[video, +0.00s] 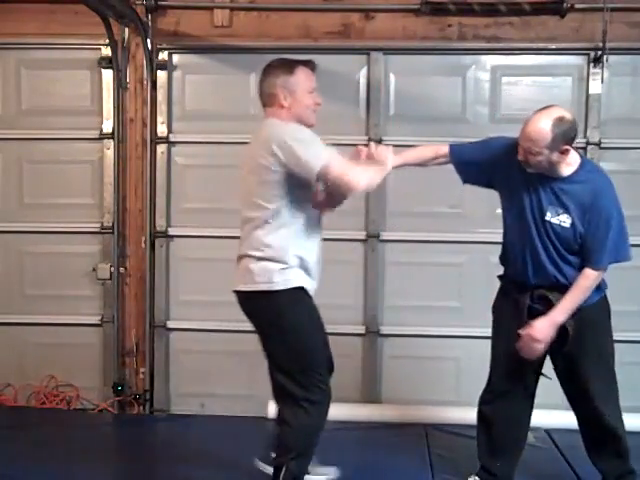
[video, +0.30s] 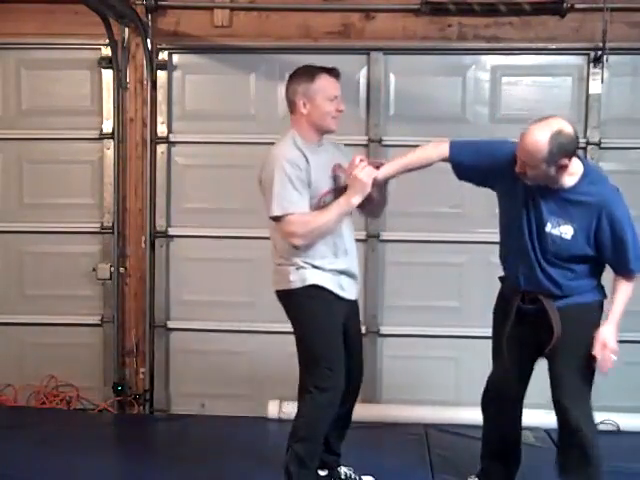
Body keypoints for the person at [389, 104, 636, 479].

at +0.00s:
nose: (521, 155)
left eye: (531, 151)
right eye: (521, 146)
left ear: (563, 151)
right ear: (522, 135)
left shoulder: (595, 189)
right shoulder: (509, 156)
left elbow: (595, 268)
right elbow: (446, 152)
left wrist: (551, 321)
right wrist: (392, 158)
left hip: (579, 306)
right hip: (518, 302)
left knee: (598, 405)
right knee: (503, 396)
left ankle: (619, 473)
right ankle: (492, 473)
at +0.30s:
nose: (518, 169)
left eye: (528, 165)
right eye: (518, 159)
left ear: (562, 165)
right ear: (520, 148)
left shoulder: (603, 199)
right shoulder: (511, 161)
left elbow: (627, 271)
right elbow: (442, 149)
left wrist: (609, 326)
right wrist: (384, 171)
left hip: (574, 309)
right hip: (517, 301)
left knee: (572, 413)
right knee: (500, 395)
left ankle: (582, 477)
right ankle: (494, 475)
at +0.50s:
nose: (516, 220)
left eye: (526, 217)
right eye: (515, 210)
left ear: (563, 213)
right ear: (516, 193)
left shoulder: (607, 236)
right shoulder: (514, 190)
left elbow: (637, 304)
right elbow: (441, 181)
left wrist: (625, 370)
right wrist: (381, 196)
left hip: (586, 321)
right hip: (532, 309)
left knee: (573, 423)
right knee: (505, 406)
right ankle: (494, 474)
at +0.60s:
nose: (507, 258)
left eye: (518, 258)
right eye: (508, 248)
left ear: (556, 253)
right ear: (513, 229)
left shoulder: (607, 263)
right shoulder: (509, 219)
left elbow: (636, 316)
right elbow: (431, 214)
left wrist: (622, 377)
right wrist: (372, 221)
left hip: (595, 322)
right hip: (539, 312)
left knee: (579, 417)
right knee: (519, 401)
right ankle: (495, 474)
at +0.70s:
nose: (503, 307)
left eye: (512, 307)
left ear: (552, 299)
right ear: (508, 276)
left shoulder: (607, 296)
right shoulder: (495, 252)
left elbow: (639, 330)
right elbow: (421, 231)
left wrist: (621, 380)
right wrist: (362, 229)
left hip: (600, 325)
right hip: (539, 314)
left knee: (585, 422)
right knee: (523, 403)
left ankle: (579, 476)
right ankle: (495, 476)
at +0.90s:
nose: (508, 361)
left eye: (515, 360)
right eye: (506, 354)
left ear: (553, 346)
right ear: (510, 318)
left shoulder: (605, 333)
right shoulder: (489, 289)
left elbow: (634, 351)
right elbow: (420, 254)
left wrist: (604, 399)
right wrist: (365, 244)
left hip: (609, 283)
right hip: (540, 266)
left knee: (588, 428)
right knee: (519, 410)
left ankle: (580, 476)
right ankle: (496, 474)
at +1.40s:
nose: (497, 350)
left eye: (504, 349)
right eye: (496, 341)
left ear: (543, 331)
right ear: (500, 307)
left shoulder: (593, 323)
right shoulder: (485, 278)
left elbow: (617, 354)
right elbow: (411, 248)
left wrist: (552, 372)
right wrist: (346, 241)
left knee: (586, 423)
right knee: (519, 400)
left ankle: (579, 477)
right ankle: (496, 474)